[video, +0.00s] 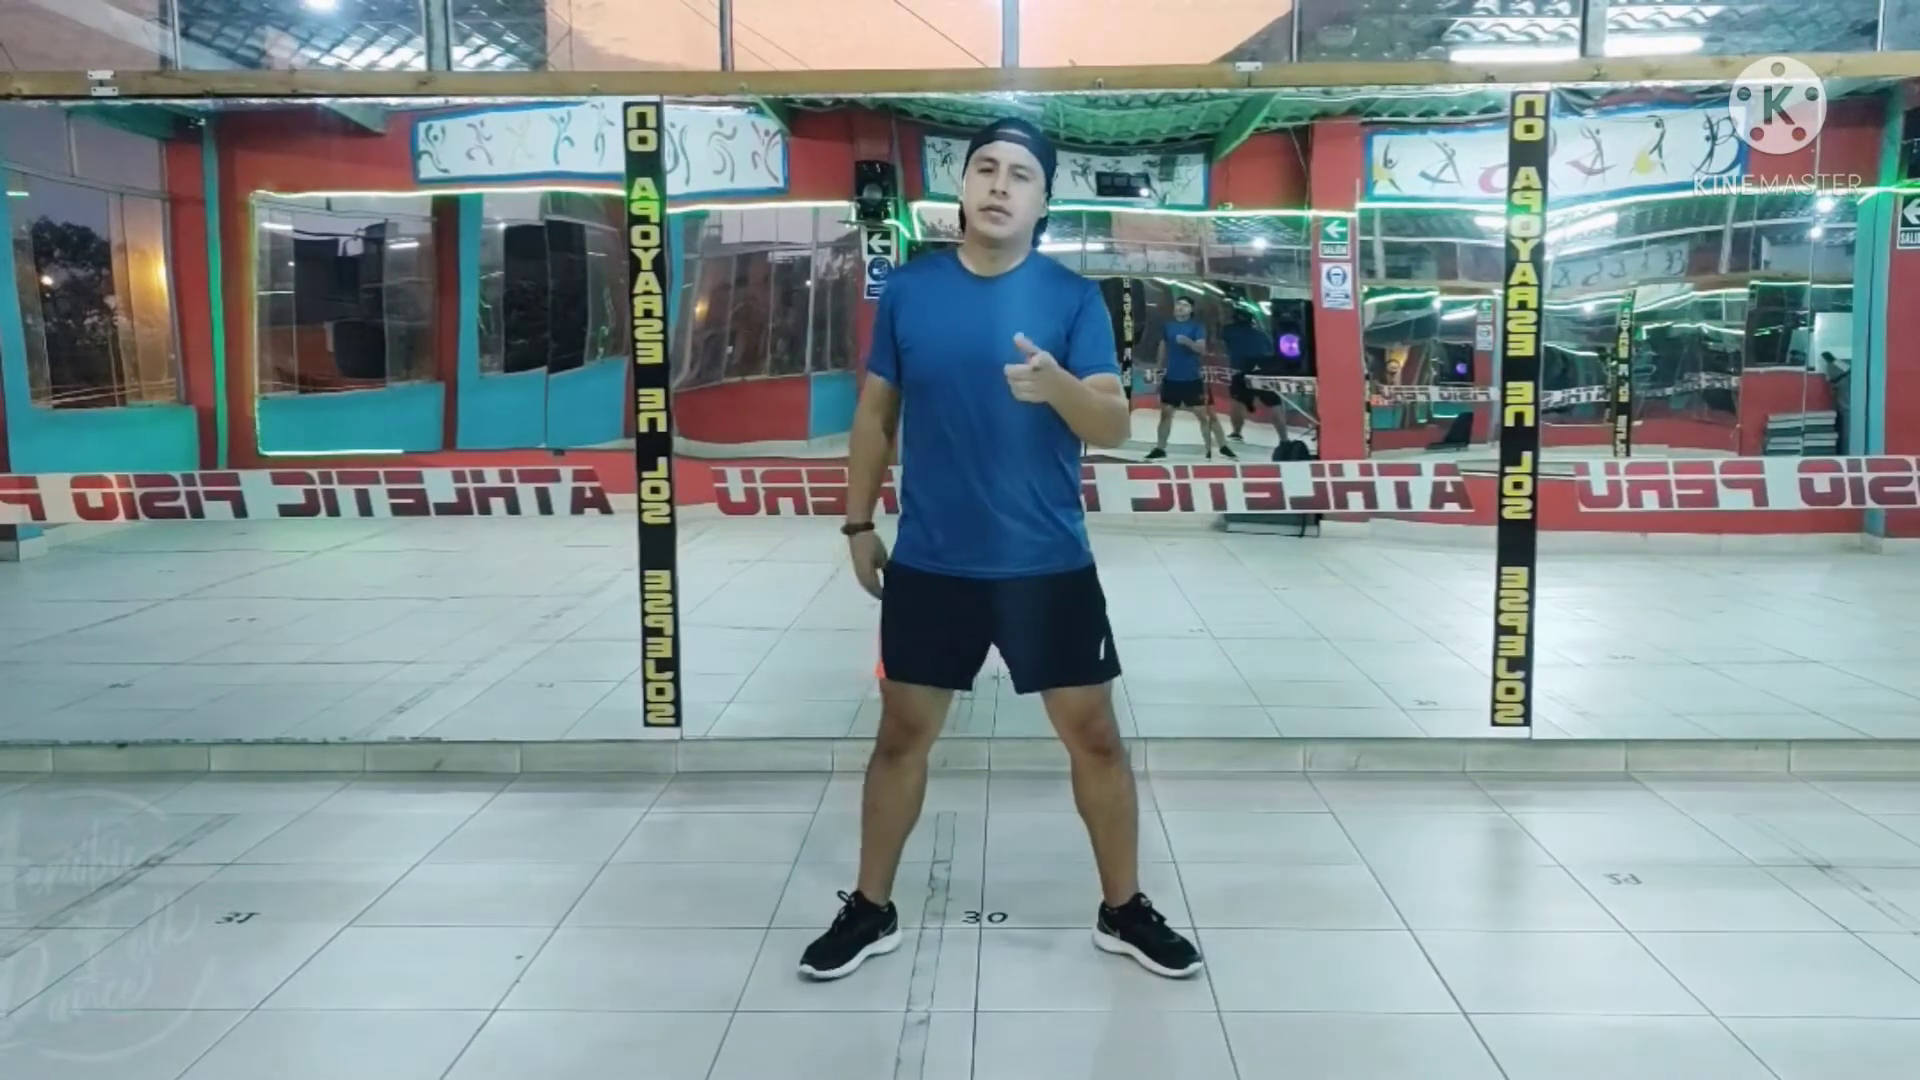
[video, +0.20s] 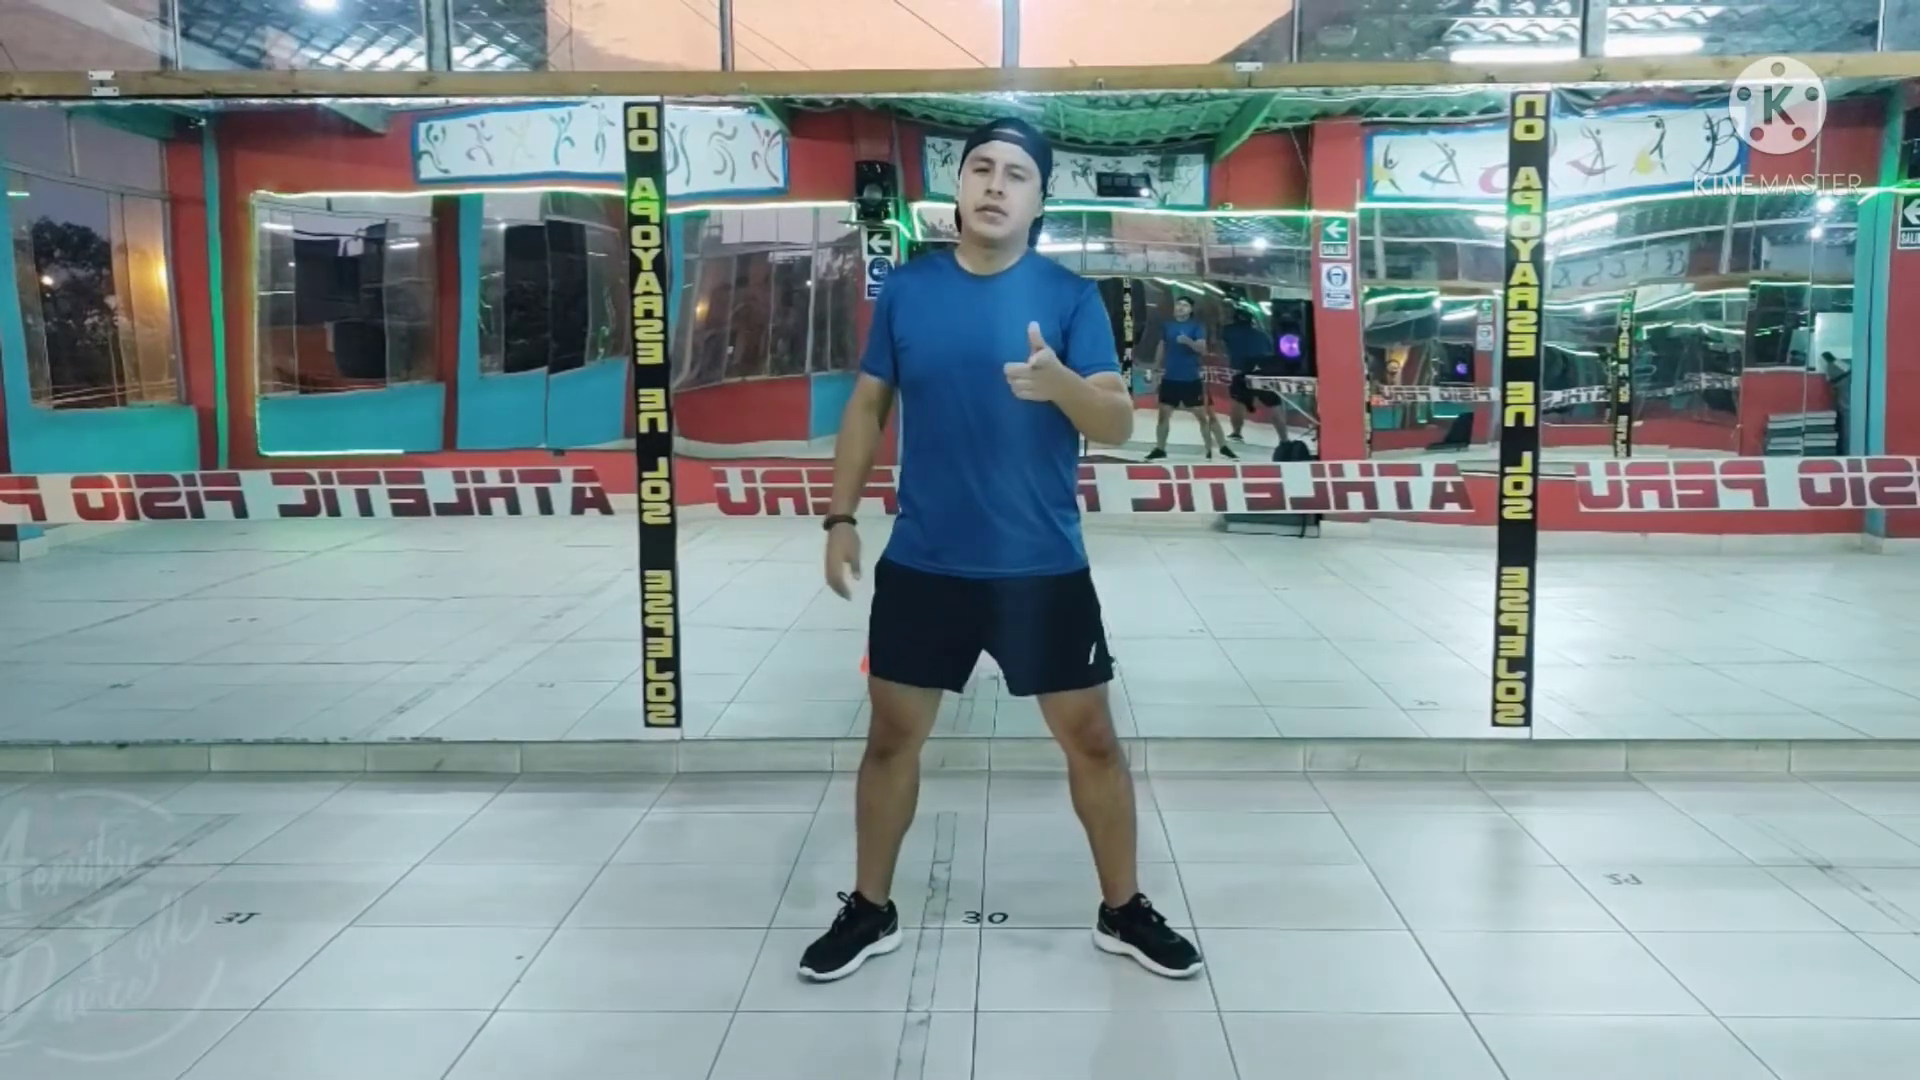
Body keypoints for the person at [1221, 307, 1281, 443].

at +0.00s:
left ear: (1235, 318)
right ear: (1251, 320)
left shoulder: (1229, 331)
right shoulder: (1261, 334)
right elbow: (1270, 354)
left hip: (1240, 367)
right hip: (1265, 367)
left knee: (1238, 400)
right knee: (1274, 404)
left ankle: (1236, 432)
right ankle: (1284, 439)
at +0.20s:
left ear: (1235, 318)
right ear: (1251, 320)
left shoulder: (1229, 332)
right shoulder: (1261, 334)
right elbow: (1270, 354)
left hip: (1240, 367)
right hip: (1265, 368)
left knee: (1238, 400)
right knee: (1274, 404)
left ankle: (1236, 432)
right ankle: (1284, 439)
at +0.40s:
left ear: (1235, 319)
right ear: (1251, 320)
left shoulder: (1229, 332)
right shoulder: (1260, 334)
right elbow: (1270, 351)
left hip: (1240, 368)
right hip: (1264, 368)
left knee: (1238, 401)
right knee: (1274, 404)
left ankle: (1237, 433)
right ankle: (1284, 440)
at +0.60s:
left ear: (1235, 319)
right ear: (1251, 321)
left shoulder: (1229, 332)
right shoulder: (1261, 334)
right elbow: (1271, 350)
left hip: (1241, 368)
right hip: (1264, 368)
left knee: (1239, 401)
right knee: (1275, 405)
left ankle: (1237, 433)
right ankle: (1285, 440)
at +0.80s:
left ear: (1235, 319)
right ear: (1251, 320)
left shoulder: (1229, 332)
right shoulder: (1260, 334)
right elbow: (1271, 351)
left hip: (1241, 369)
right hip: (1264, 370)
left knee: (1240, 402)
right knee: (1275, 406)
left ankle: (1238, 433)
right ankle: (1285, 440)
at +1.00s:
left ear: (1235, 319)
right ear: (1251, 320)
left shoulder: (1230, 331)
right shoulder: (1261, 334)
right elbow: (1271, 350)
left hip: (1241, 368)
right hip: (1264, 370)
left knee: (1239, 401)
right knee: (1275, 405)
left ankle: (1238, 433)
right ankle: (1285, 440)